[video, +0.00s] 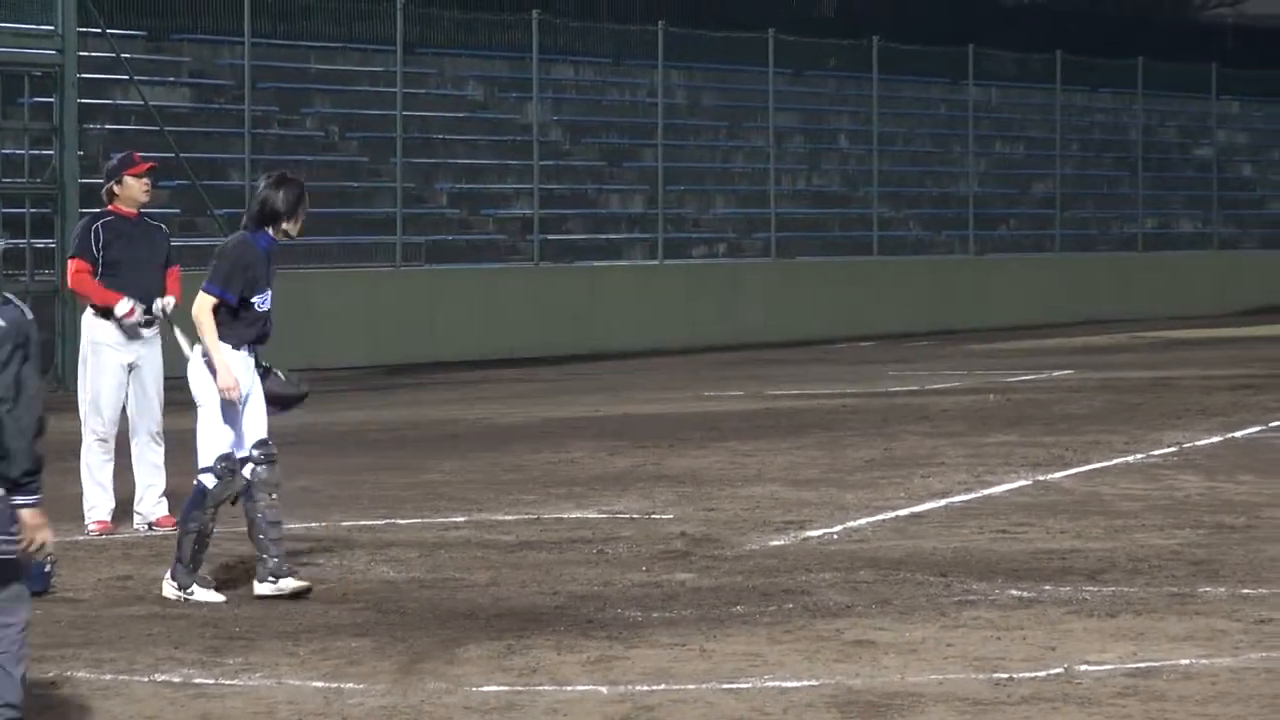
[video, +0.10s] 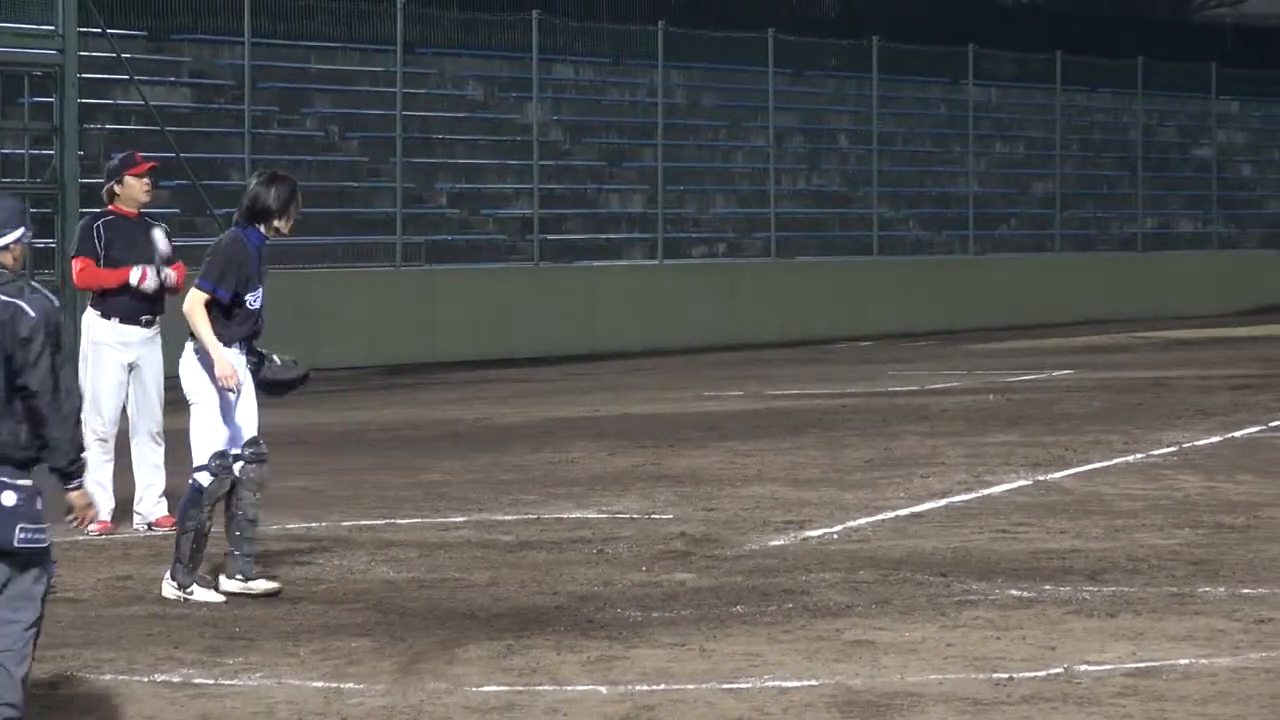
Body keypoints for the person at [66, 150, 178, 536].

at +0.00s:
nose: (149, 184)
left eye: (149, 178)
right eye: (141, 178)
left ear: (141, 185)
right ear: (117, 185)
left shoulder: (158, 231)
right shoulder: (94, 225)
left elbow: (172, 271)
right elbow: (76, 278)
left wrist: (170, 296)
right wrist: (119, 303)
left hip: (149, 335)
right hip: (105, 334)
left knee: (149, 427)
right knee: (100, 428)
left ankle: (152, 510)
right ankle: (98, 515)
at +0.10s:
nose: (150, 183)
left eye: (149, 178)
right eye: (142, 178)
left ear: (136, 185)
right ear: (118, 184)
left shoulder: (154, 228)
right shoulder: (95, 225)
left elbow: (179, 273)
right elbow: (81, 276)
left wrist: (168, 276)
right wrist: (132, 275)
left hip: (149, 334)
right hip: (106, 333)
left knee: (150, 425)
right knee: (101, 426)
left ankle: (151, 508)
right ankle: (99, 512)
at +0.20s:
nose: (149, 185)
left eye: (149, 180)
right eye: (143, 180)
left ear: (135, 186)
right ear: (120, 185)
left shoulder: (157, 227)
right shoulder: (95, 225)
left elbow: (184, 272)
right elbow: (83, 274)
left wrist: (163, 253)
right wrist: (127, 251)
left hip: (150, 334)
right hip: (109, 333)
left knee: (150, 424)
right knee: (102, 421)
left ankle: (151, 508)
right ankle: (98, 513)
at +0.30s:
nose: (152, 184)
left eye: (152, 178)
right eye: (145, 178)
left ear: (139, 186)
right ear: (120, 185)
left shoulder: (156, 225)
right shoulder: (96, 223)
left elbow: (189, 265)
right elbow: (90, 270)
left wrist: (157, 242)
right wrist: (125, 231)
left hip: (150, 334)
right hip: (106, 335)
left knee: (151, 422)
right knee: (102, 424)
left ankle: (151, 509)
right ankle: (98, 514)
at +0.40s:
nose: (153, 183)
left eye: (152, 177)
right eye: (145, 178)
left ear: (146, 185)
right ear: (122, 182)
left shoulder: (155, 225)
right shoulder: (100, 222)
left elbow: (187, 262)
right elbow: (96, 267)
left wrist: (151, 231)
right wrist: (119, 223)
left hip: (152, 332)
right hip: (109, 332)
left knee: (147, 418)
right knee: (103, 418)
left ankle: (151, 507)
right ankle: (102, 510)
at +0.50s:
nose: (153, 183)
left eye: (154, 178)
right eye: (146, 178)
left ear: (147, 185)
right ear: (123, 183)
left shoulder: (156, 224)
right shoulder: (104, 221)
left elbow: (185, 261)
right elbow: (98, 264)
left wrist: (151, 228)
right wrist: (116, 222)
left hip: (154, 335)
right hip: (108, 334)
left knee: (151, 419)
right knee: (109, 420)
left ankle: (151, 508)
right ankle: (103, 504)